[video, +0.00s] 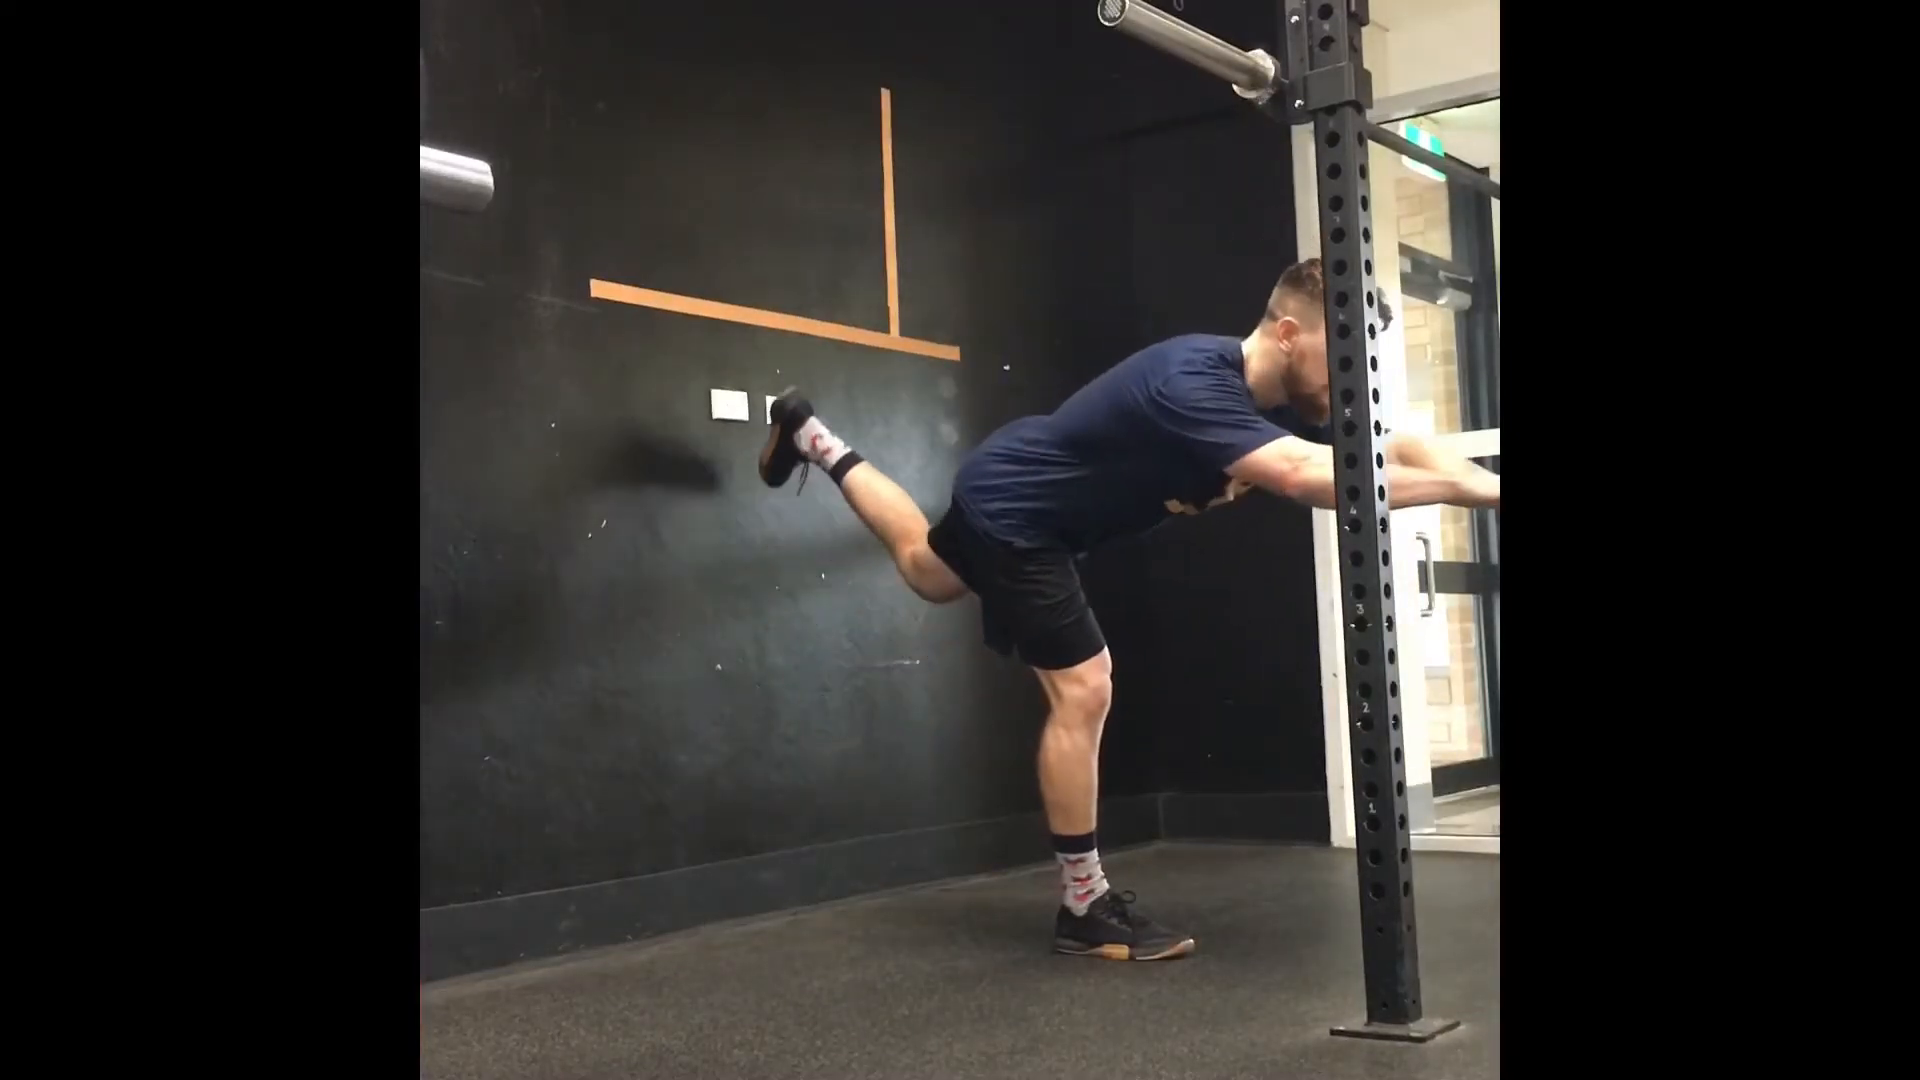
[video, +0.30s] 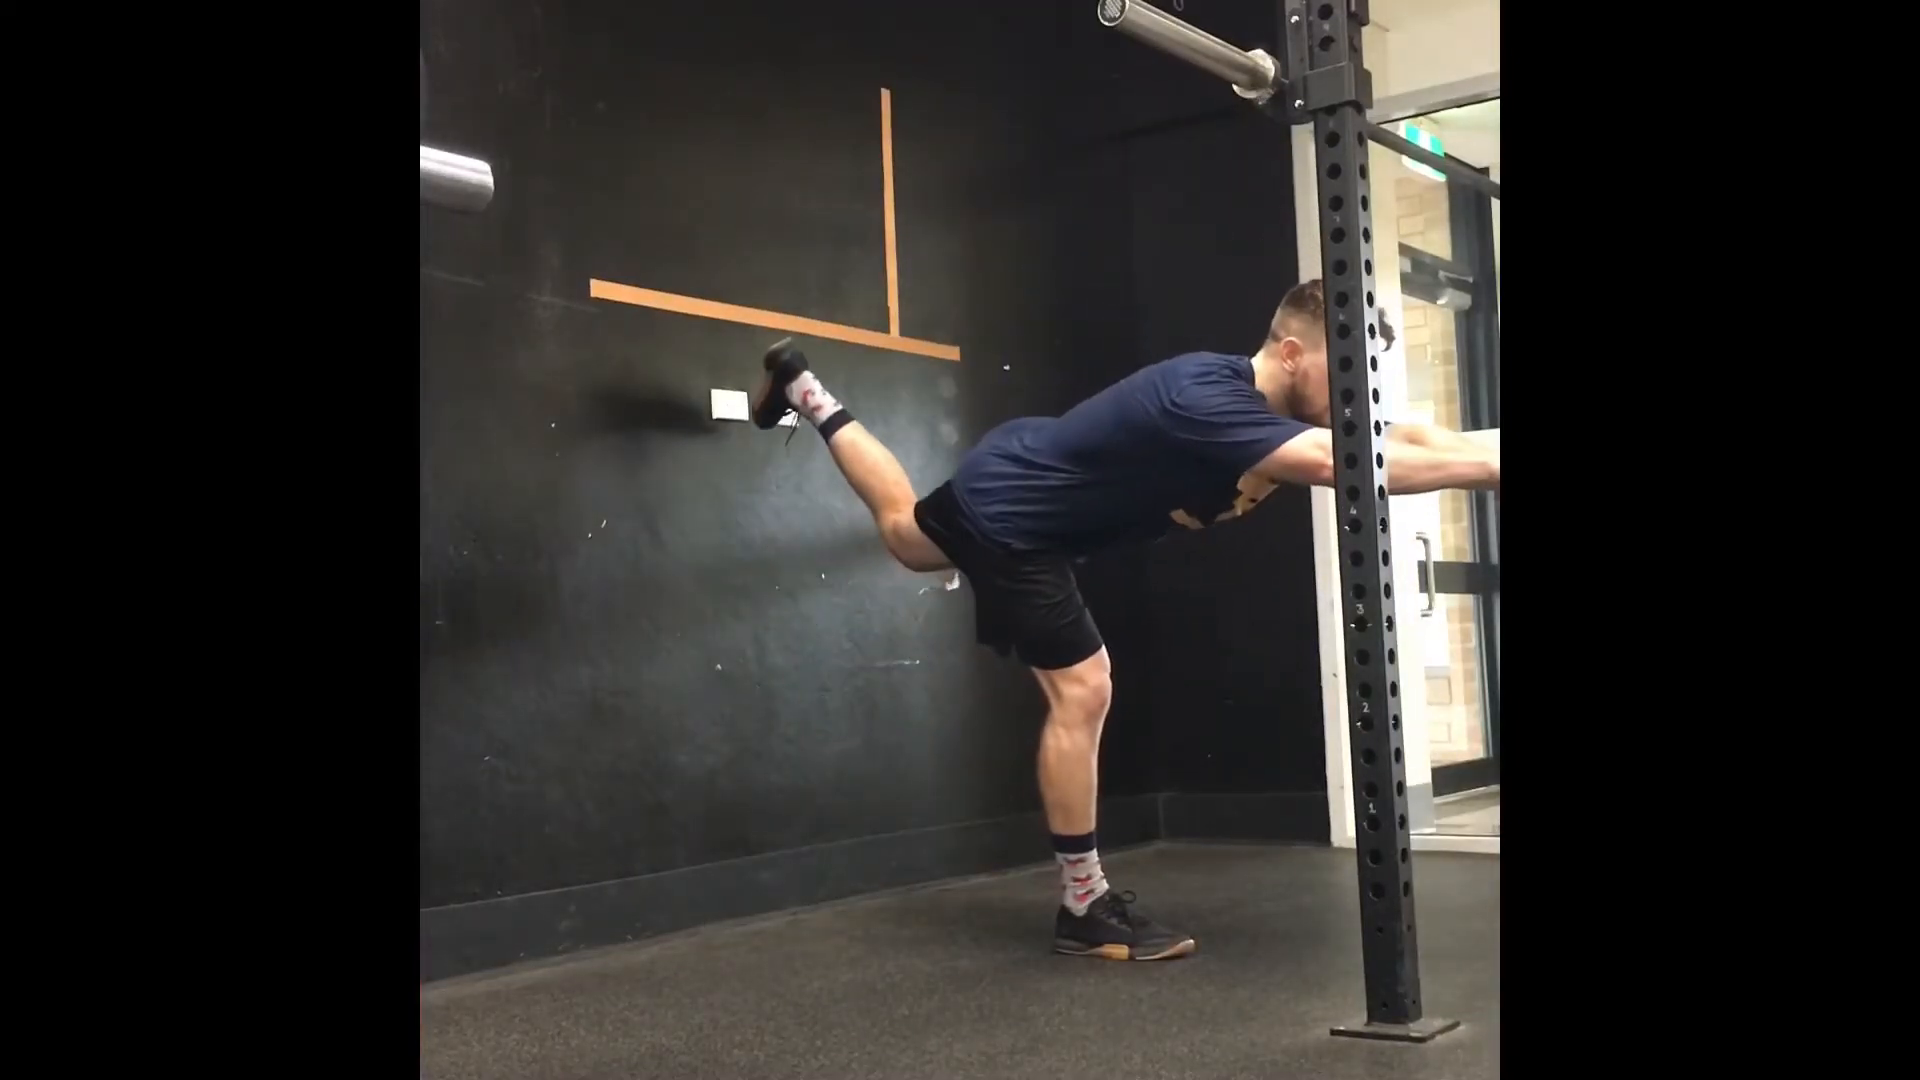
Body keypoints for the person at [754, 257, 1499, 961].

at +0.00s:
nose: (1344, 378)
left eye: (1349, 360)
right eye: (1337, 357)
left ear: (1297, 339)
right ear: (1286, 333)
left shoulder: (1245, 392)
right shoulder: (1196, 385)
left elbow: (1367, 450)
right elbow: (1309, 478)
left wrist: (1447, 470)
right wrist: (1442, 483)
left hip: (1024, 494)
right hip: (1007, 515)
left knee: (929, 571)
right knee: (1081, 691)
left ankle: (813, 443)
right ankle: (1083, 906)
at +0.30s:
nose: (1346, 390)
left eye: (1351, 375)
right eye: (1341, 371)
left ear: (1300, 356)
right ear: (1293, 352)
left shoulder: (1249, 394)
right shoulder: (1216, 405)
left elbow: (1375, 427)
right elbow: (1351, 468)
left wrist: (1466, 452)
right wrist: (1482, 469)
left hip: (1018, 482)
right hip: (1005, 516)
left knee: (910, 540)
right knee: (1081, 691)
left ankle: (809, 399)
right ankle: (1084, 902)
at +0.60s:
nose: (1340, 386)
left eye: (1345, 370)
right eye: (1336, 367)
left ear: (1295, 349)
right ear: (1288, 343)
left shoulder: (1244, 389)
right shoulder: (1206, 394)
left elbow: (1375, 429)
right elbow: (1334, 462)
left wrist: (1469, 452)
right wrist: (1467, 465)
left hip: (1012, 481)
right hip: (1003, 516)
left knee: (904, 553)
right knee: (1078, 692)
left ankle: (796, 418)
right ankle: (1082, 903)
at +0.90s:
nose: (1328, 304)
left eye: (1332, 287)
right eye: (1320, 284)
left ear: (1280, 280)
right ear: (1260, 272)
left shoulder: (1266, 373)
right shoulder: (1160, 340)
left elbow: (1291, 496)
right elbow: (1161, 495)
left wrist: (1381, 562)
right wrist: (1304, 543)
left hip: (1055, 522)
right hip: (1009, 507)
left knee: (945, 631)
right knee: (1085, 690)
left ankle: (805, 538)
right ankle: (1082, 906)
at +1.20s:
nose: (1269, 209)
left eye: (1273, 192)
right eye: (1254, 189)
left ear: (1216, 192)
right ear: (1195, 184)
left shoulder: (1208, 299)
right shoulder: (1105, 281)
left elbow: (1184, 402)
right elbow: (1035, 412)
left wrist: (1203, 478)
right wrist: (1162, 469)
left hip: (1099, 517)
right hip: (1026, 511)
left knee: (1075, 694)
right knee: (1088, 695)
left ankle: (917, 732)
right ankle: (1083, 903)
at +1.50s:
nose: (1161, 144)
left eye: (1165, 130)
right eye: (1147, 125)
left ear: (1126, 130)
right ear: (1090, 119)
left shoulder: (1117, 228)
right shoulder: (1034, 228)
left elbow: (1095, 348)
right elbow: (994, 358)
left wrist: (1157, 354)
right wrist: (1127, 348)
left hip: (1135, 491)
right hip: (1057, 510)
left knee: (1246, 599)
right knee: (1087, 701)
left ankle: (1132, 765)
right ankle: (1078, 900)